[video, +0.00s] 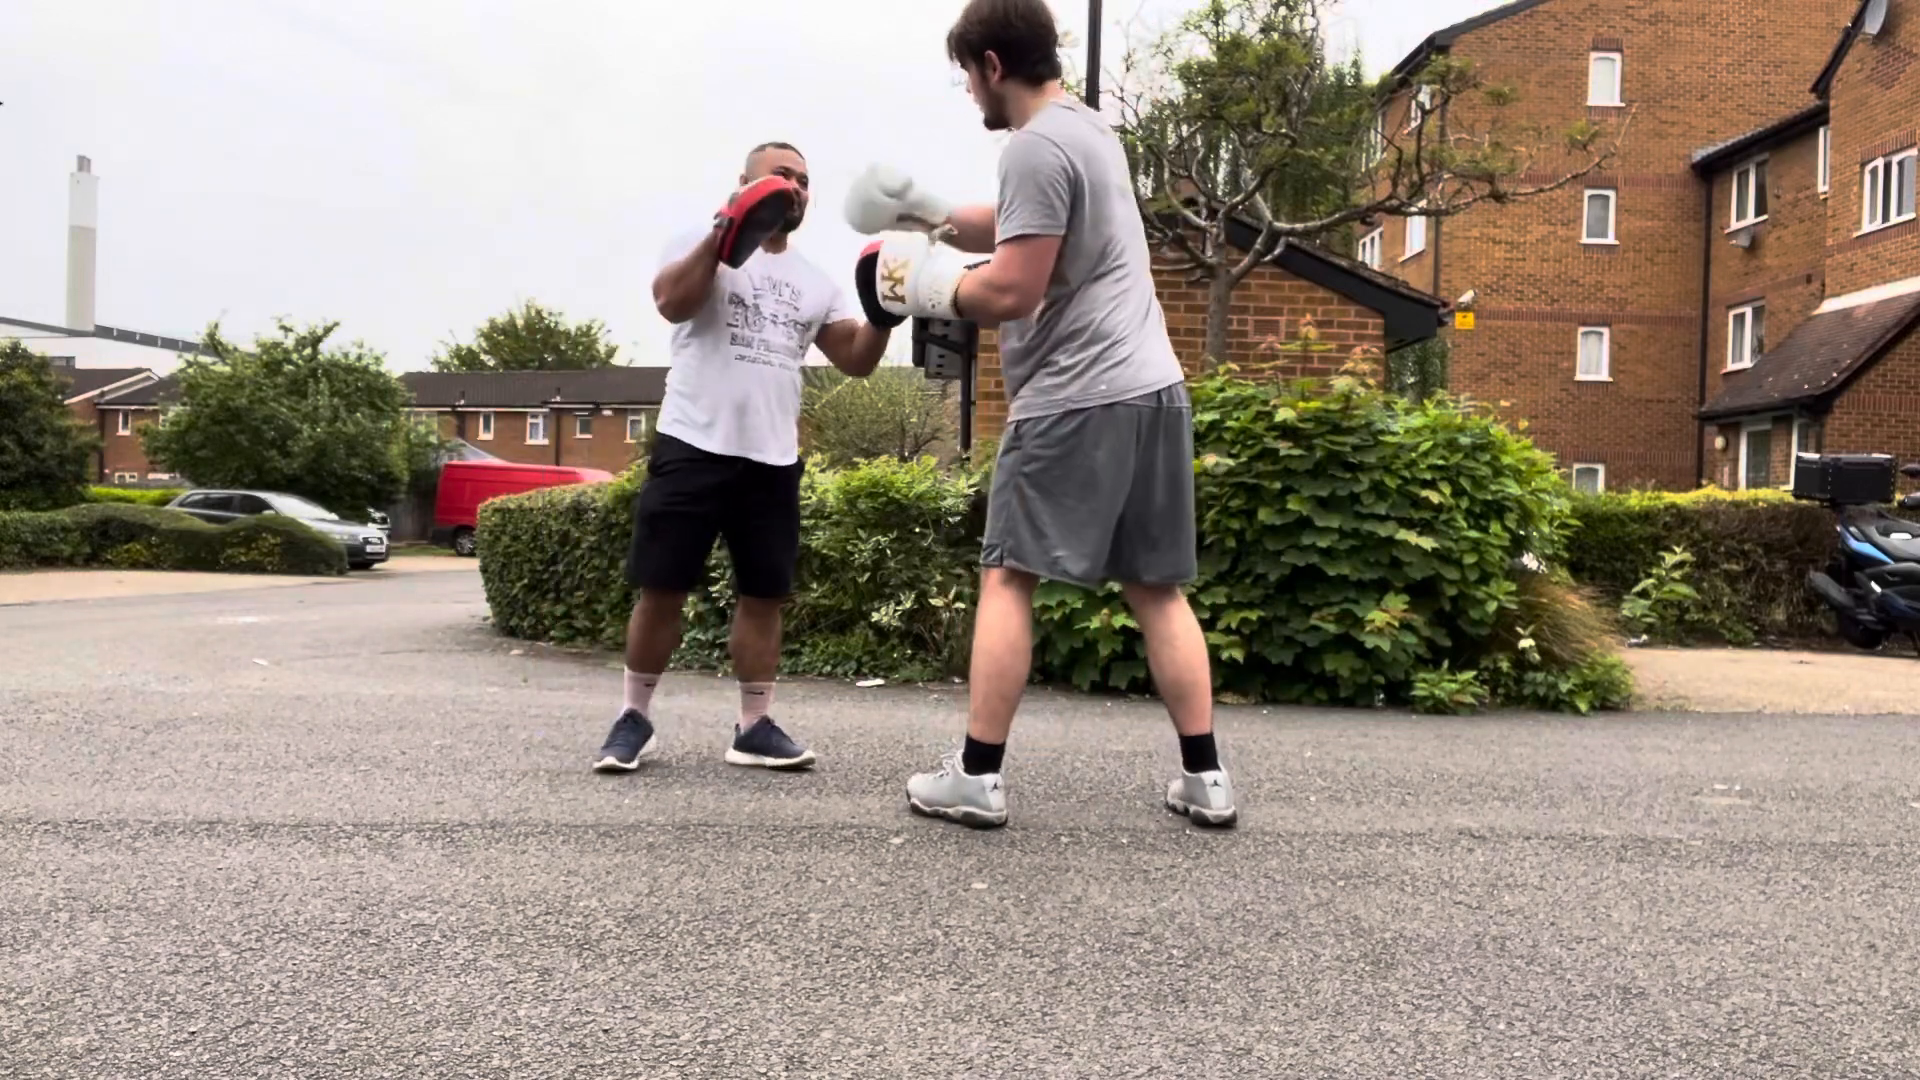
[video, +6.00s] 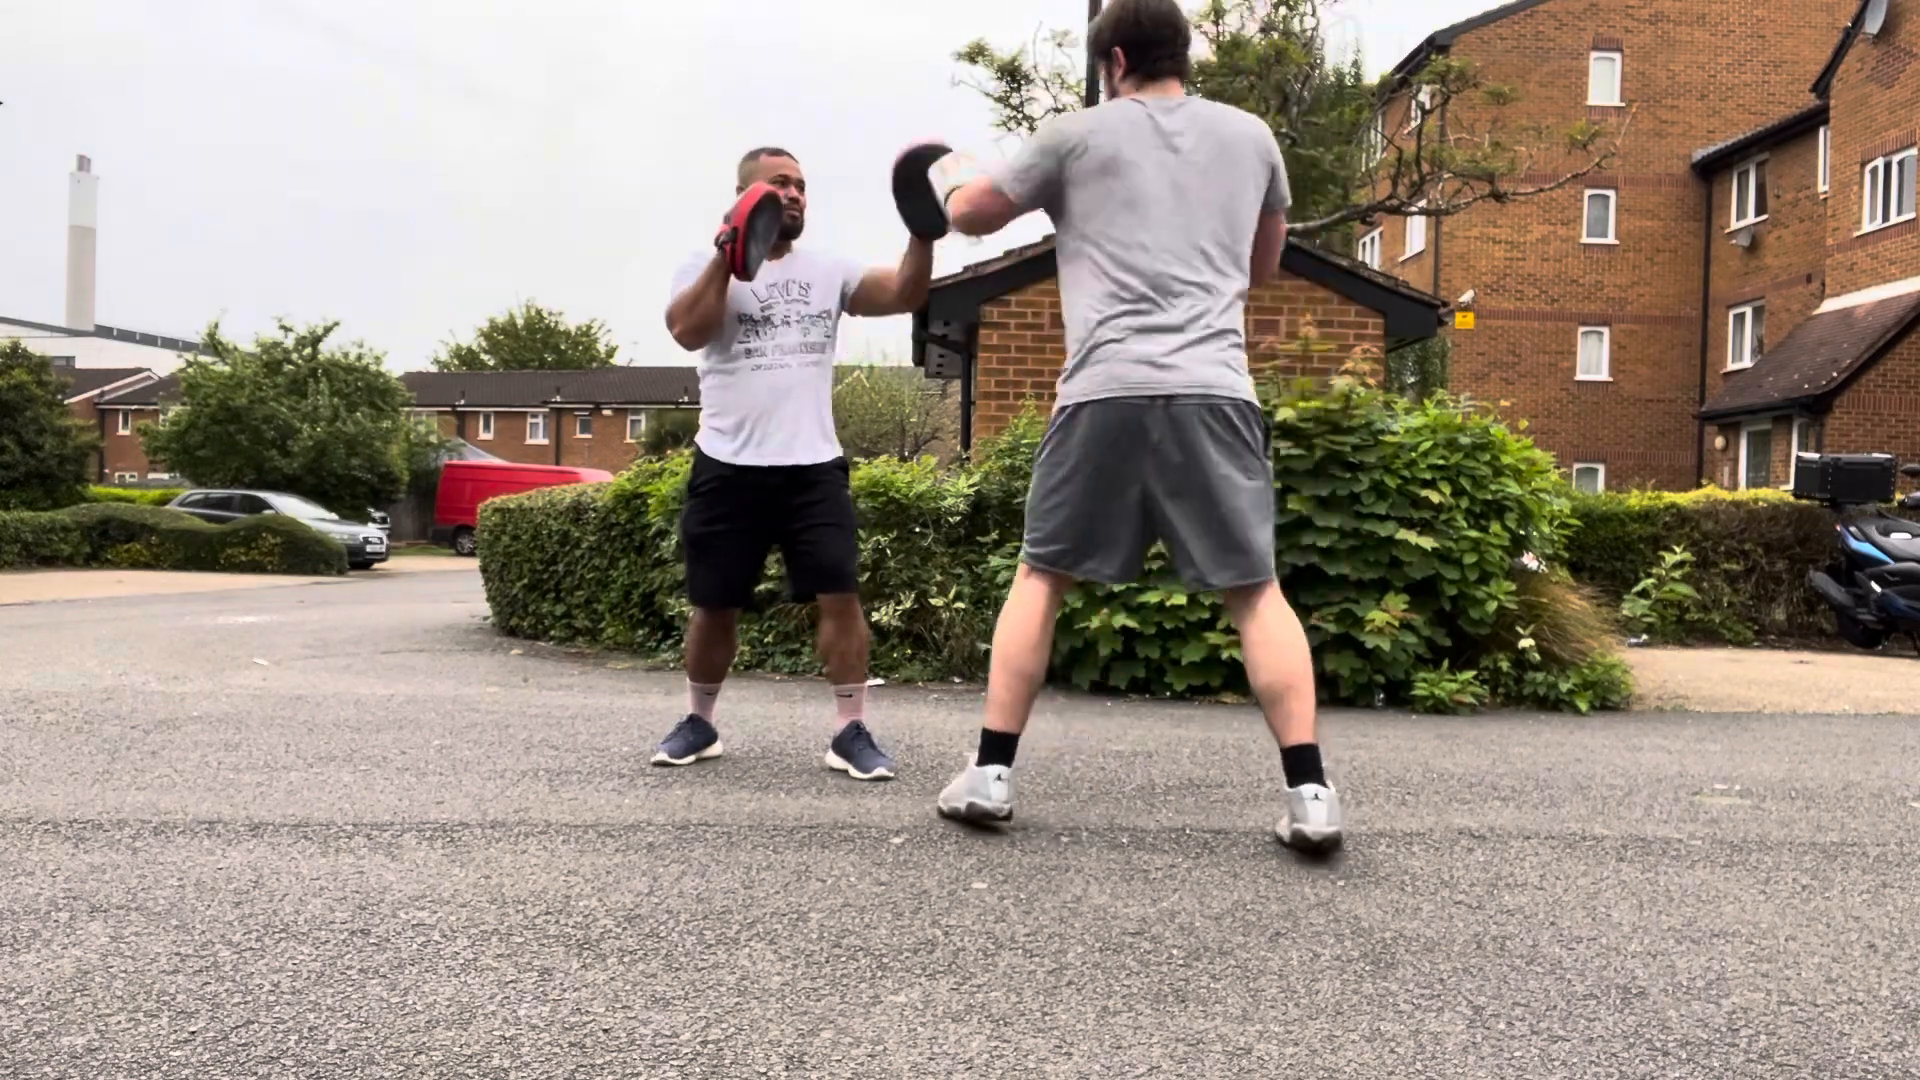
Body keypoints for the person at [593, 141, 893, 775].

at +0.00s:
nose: (794, 188)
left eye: (802, 180)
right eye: (780, 176)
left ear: (809, 198)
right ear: (744, 186)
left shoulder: (814, 280)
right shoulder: (704, 246)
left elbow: (858, 360)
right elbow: (672, 304)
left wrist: (887, 306)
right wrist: (725, 233)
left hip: (771, 454)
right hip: (690, 443)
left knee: (765, 592)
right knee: (661, 586)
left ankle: (755, 724)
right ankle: (634, 717)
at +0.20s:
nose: (775, 182)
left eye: (782, 176)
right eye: (761, 170)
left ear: (788, 194)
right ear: (726, 180)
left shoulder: (808, 257)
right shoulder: (686, 251)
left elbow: (885, 268)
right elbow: (659, 319)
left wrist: (923, 217)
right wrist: (710, 252)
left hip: (772, 454)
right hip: (691, 448)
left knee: (769, 592)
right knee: (674, 590)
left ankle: (755, 725)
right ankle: (661, 714)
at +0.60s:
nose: (743, 187)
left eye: (750, 178)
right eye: (727, 177)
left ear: (760, 195)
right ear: (693, 191)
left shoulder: (785, 264)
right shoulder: (664, 262)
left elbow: (840, 341)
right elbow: (628, 322)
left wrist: (857, 291)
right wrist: (669, 247)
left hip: (773, 455)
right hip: (687, 457)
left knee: (805, 580)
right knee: (675, 595)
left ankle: (810, 717)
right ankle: (666, 721)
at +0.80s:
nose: (782, 194)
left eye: (787, 187)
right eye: (767, 183)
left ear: (793, 204)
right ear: (732, 197)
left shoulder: (806, 275)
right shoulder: (698, 259)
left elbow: (846, 365)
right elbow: (679, 290)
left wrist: (868, 304)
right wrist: (713, 216)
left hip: (784, 461)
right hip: (699, 458)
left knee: (809, 593)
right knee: (682, 599)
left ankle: (830, 727)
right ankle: (665, 721)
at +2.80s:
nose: (763, 190)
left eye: (770, 181)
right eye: (748, 181)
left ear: (778, 195)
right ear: (713, 196)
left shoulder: (799, 266)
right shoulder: (679, 259)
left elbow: (863, 328)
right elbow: (672, 324)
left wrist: (861, 257)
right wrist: (708, 244)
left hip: (785, 461)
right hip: (700, 459)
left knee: (810, 593)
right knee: (684, 600)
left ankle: (829, 727)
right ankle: (665, 722)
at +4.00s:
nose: (812, 187)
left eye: (820, 180)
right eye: (797, 175)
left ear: (828, 199)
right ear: (760, 192)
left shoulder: (851, 269)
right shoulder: (727, 264)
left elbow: (929, 309)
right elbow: (694, 336)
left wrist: (944, 245)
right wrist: (751, 275)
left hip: (823, 469)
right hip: (735, 466)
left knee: (847, 591)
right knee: (702, 602)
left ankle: (847, 731)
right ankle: (666, 721)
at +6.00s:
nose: (792, 193)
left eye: (799, 185)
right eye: (777, 183)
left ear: (807, 200)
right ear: (743, 197)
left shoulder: (827, 268)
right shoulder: (705, 266)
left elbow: (905, 292)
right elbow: (688, 333)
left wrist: (923, 225)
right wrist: (727, 257)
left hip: (813, 464)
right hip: (727, 465)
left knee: (839, 590)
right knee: (712, 601)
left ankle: (851, 728)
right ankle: (699, 721)